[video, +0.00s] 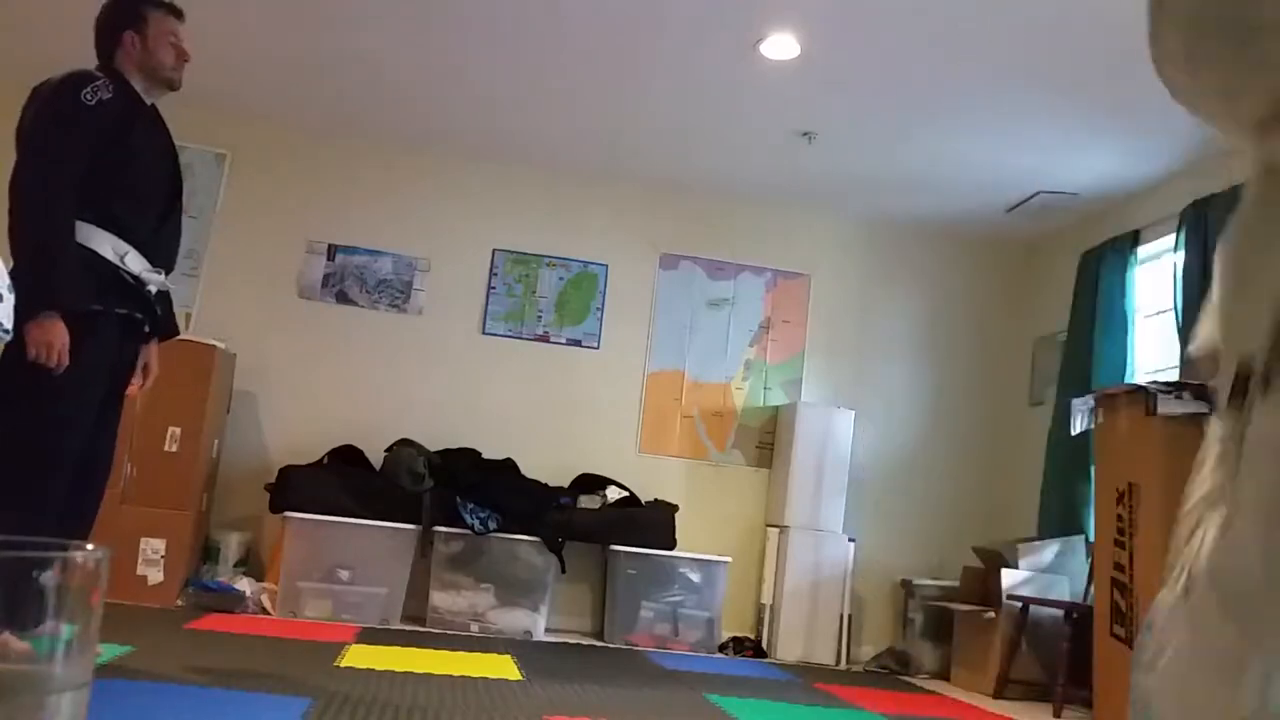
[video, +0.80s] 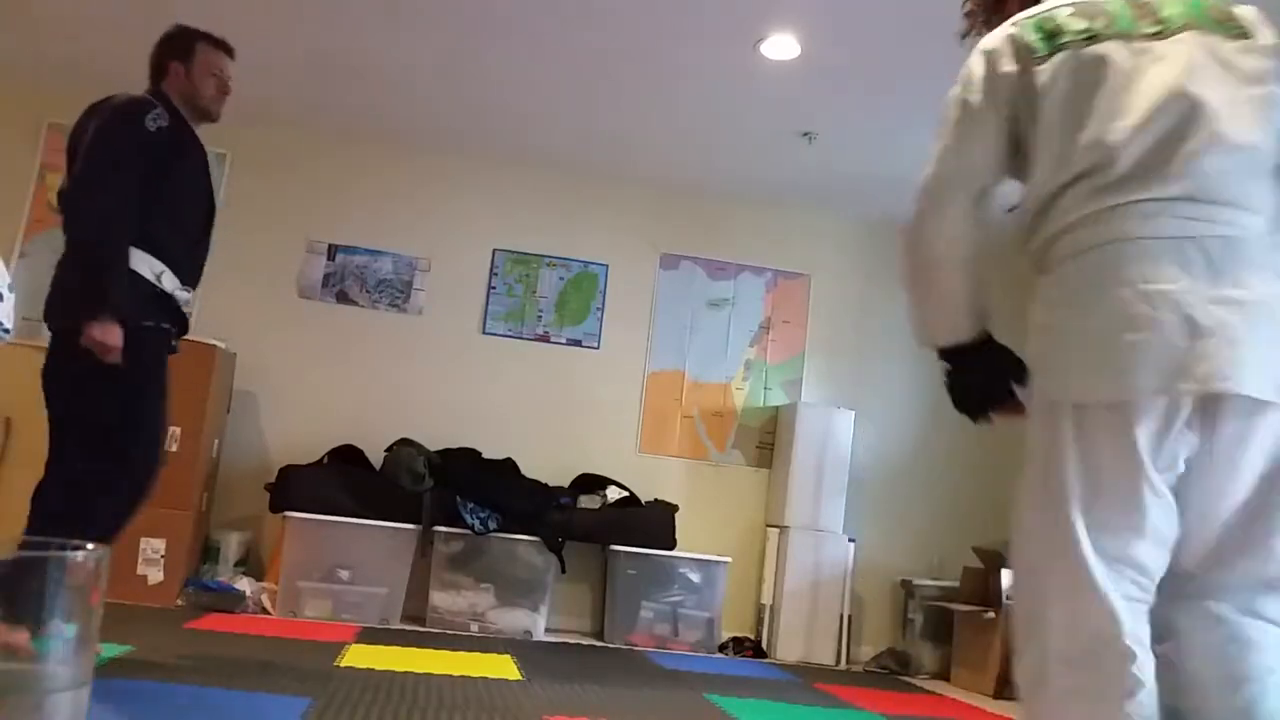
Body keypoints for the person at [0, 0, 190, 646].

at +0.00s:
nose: (186, 52)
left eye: (185, 41)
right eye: (174, 39)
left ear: (142, 46)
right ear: (131, 43)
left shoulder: (153, 130)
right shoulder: (75, 95)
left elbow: (148, 241)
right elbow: (39, 204)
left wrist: (149, 330)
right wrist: (41, 307)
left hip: (113, 332)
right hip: (62, 323)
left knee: (82, 477)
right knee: (36, 470)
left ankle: (42, 617)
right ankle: (10, 618)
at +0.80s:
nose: (227, 89)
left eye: (230, 80)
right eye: (217, 75)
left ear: (190, 80)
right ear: (175, 71)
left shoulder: (173, 138)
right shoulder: (137, 120)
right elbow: (104, 212)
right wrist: (102, 310)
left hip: (131, 330)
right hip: (114, 328)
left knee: (90, 466)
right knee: (123, 465)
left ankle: (38, 605)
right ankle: (28, 601)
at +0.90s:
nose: (238, 97)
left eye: (241, 88)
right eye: (229, 84)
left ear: (194, 86)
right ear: (188, 79)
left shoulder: (179, 141)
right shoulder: (150, 123)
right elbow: (115, 214)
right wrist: (116, 312)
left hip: (113, 318)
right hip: (133, 317)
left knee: (77, 458)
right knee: (170, 453)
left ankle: (34, 590)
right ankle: (64, 593)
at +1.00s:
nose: (252, 107)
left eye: (255, 99)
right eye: (243, 94)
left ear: (213, 94)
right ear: (204, 86)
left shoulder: (203, 152)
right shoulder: (163, 130)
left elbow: (170, 246)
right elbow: (122, 220)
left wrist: (176, 325)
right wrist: (122, 319)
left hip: (137, 330)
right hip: (151, 332)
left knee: (83, 475)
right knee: (188, 469)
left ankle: (28, 617)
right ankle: (135, 625)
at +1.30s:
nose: (311, 130)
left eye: (313, 119)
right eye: (304, 115)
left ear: (266, 112)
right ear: (265, 106)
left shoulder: (213, 147)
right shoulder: (238, 150)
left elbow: (170, 230)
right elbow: (197, 228)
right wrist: (189, 330)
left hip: (167, 331)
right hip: (213, 337)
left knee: (113, 480)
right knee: (241, 493)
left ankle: (30, 614)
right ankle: (223, 646)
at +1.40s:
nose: (335, 134)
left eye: (338, 124)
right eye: (329, 119)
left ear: (286, 113)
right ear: (290, 109)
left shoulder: (233, 147)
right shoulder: (267, 153)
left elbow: (198, 234)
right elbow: (236, 235)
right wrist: (233, 333)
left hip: (180, 317)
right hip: (229, 325)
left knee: (151, 472)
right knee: (252, 489)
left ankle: (64, 614)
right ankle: (227, 647)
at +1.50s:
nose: (356, 137)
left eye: (360, 127)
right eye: (349, 122)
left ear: (306, 118)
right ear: (314, 113)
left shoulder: (251, 150)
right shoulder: (290, 153)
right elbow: (277, 241)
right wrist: (288, 336)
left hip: (191, 314)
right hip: (239, 317)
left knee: (183, 469)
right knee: (256, 484)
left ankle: (83, 614)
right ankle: (227, 646)